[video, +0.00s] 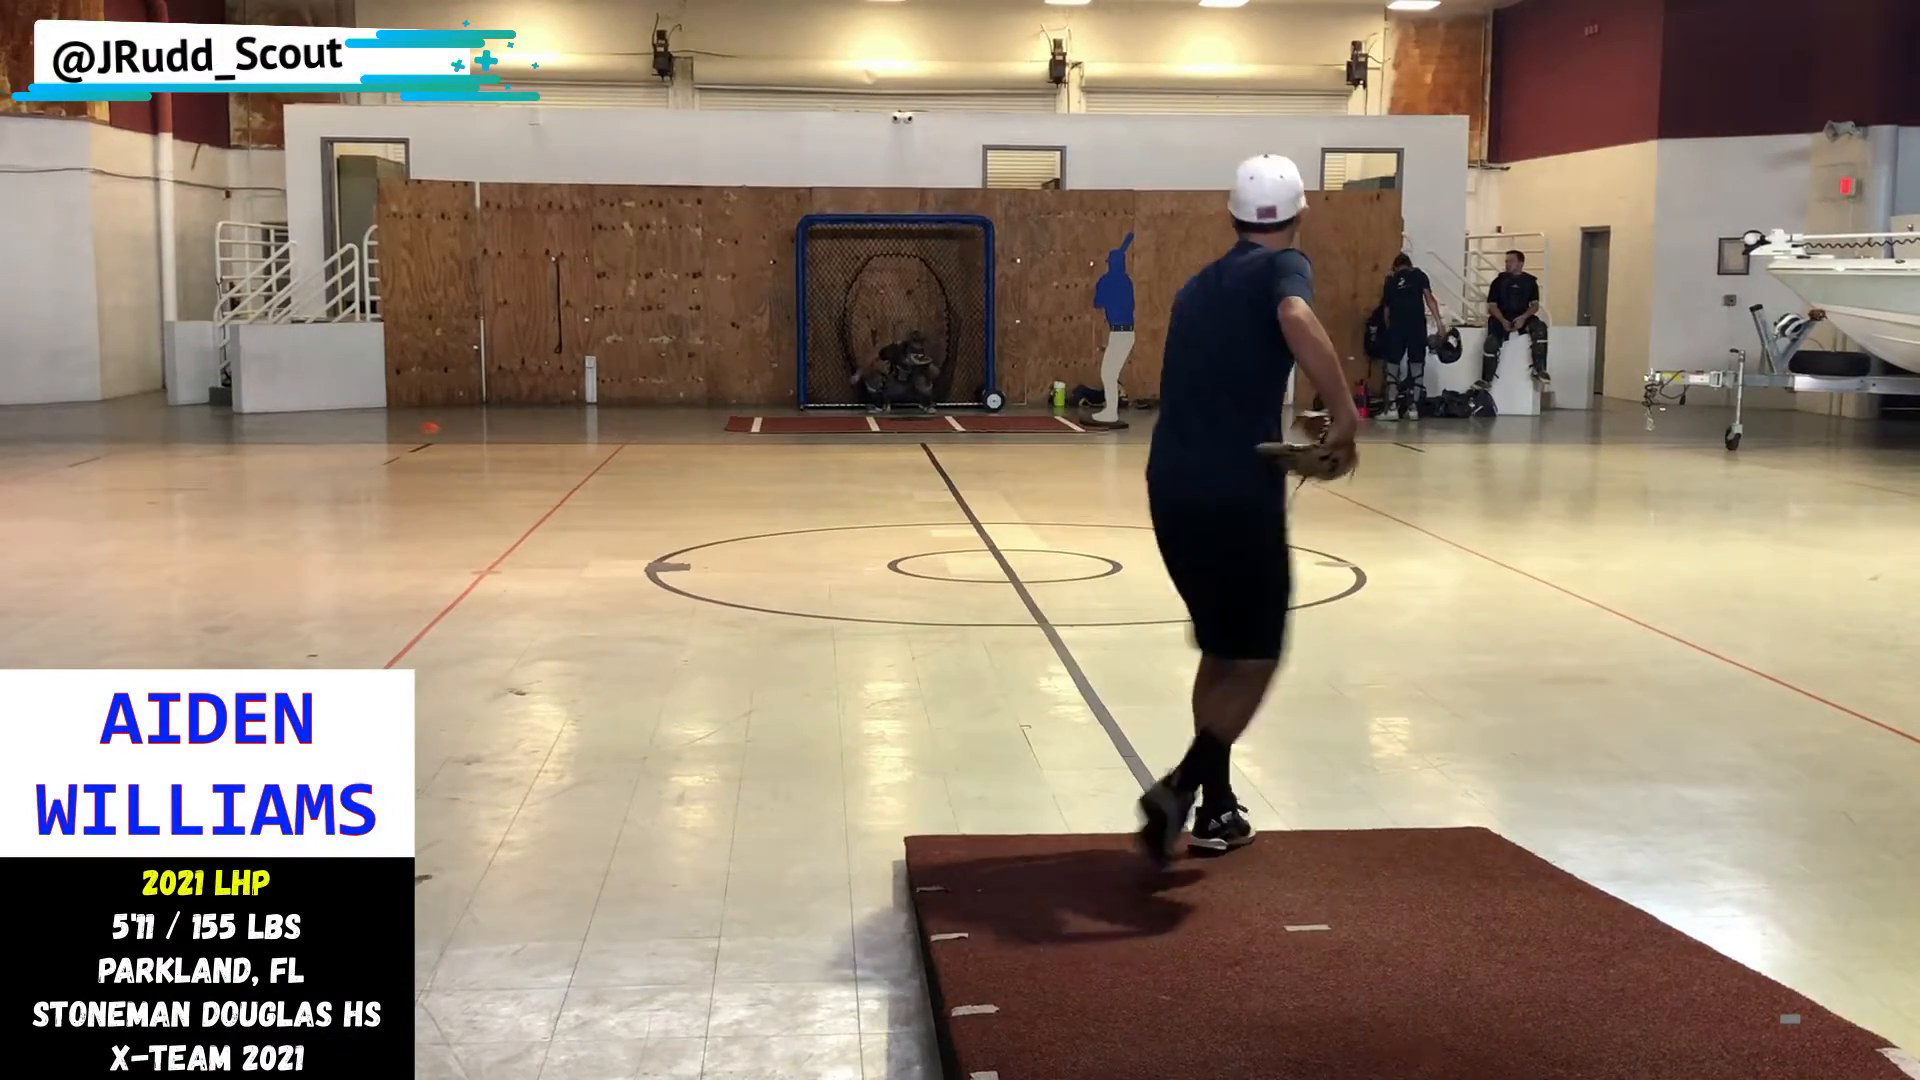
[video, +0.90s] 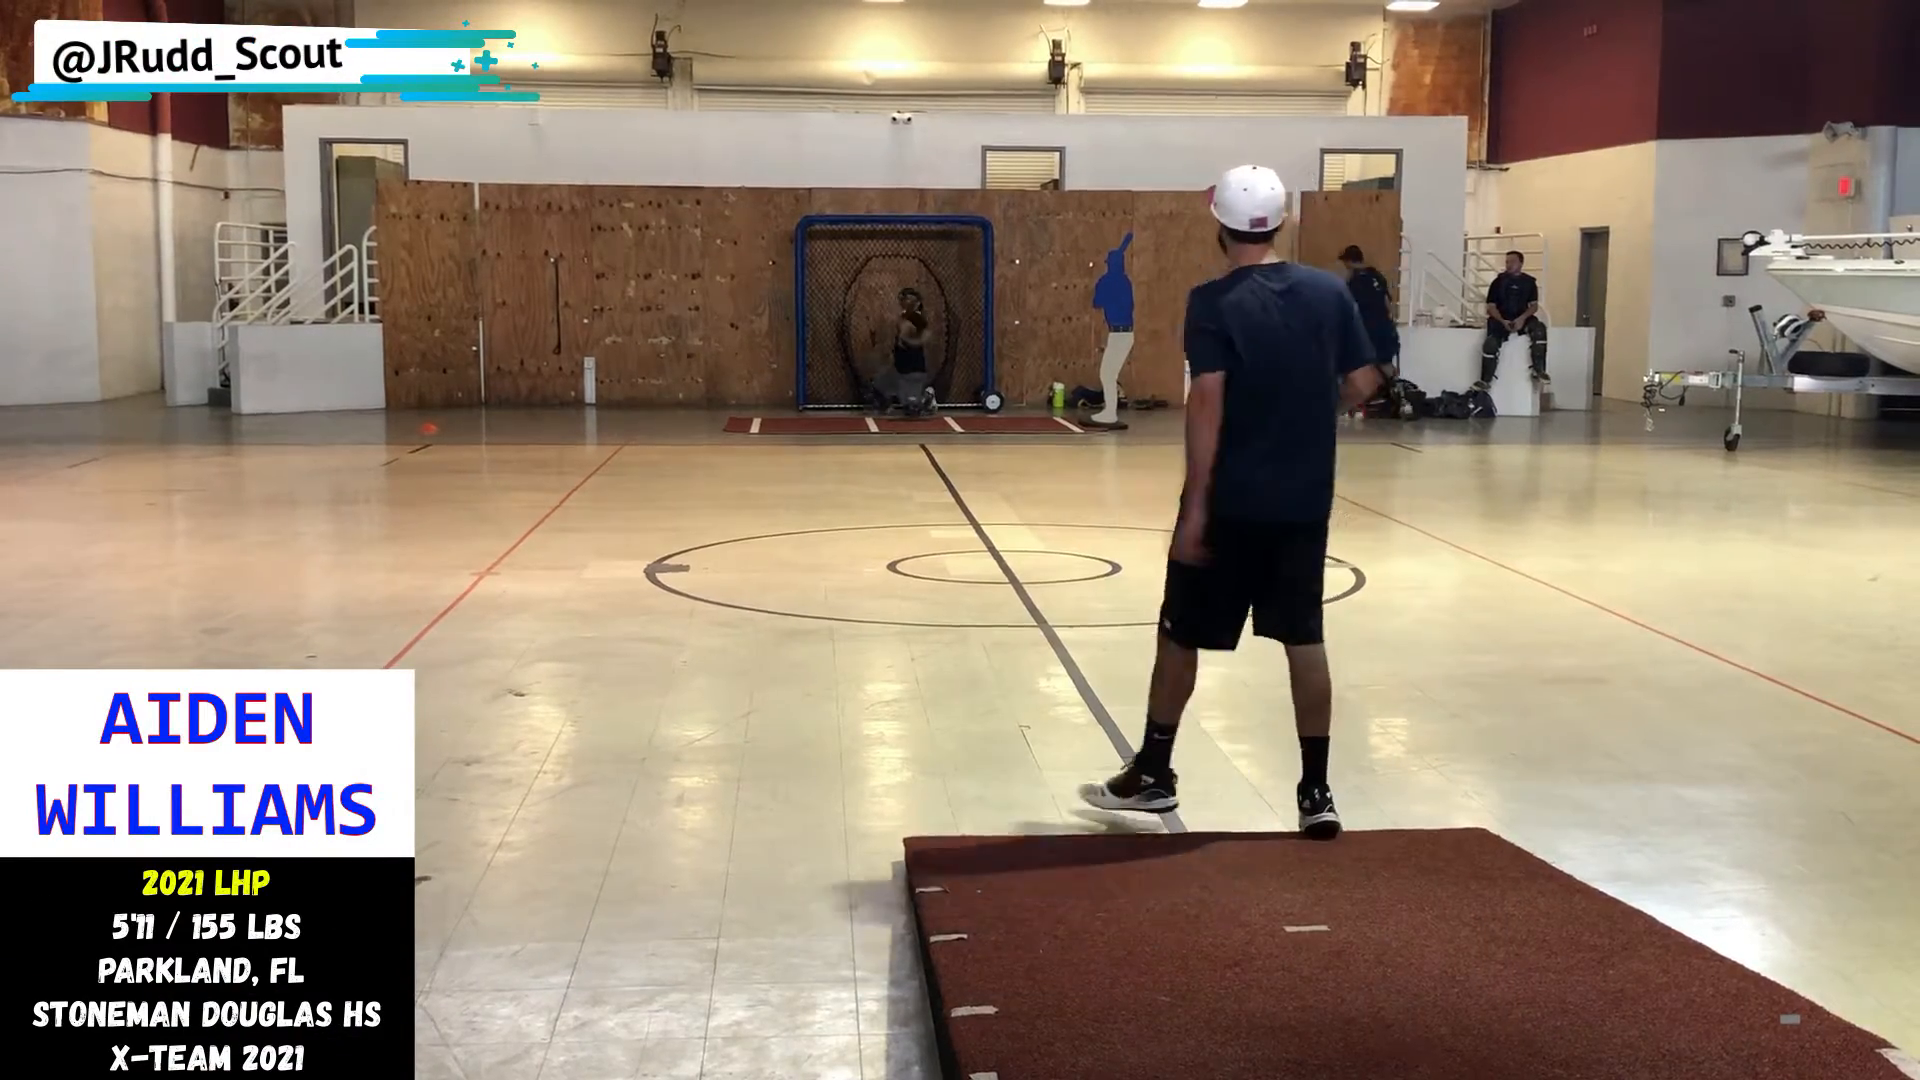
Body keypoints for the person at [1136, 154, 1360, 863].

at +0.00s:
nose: (1300, 219)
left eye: (1293, 208)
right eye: (1300, 210)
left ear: (1234, 217)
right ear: (1294, 215)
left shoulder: (1198, 285)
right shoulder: (1284, 263)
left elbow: (1193, 392)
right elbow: (1294, 319)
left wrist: (1265, 444)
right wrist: (1344, 420)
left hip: (1172, 482)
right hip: (1238, 486)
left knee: (1218, 643)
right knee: (1258, 651)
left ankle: (1217, 806)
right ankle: (1179, 789)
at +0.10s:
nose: (1297, 215)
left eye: (1287, 206)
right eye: (1297, 206)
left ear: (1229, 208)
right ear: (1291, 207)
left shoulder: (1186, 286)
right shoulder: (1289, 264)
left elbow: (1196, 391)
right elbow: (1305, 323)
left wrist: (1268, 442)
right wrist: (1358, 423)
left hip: (1188, 490)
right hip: (1256, 489)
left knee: (1224, 639)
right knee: (1298, 628)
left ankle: (1217, 810)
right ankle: (1233, 753)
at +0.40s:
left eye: (1249, 195)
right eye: (1296, 200)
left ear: (1236, 206)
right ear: (1301, 208)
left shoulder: (1198, 287)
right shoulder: (1330, 284)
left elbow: (1179, 394)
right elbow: (1355, 391)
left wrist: (1197, 456)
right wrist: (1381, 448)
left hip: (1218, 503)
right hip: (1303, 504)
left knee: (1231, 652)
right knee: (1307, 648)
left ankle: (1222, 803)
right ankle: (1315, 792)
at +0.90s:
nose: (1220, 227)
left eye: (1217, 218)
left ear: (1220, 224)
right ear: (1281, 224)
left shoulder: (1212, 301)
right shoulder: (1331, 293)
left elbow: (1206, 401)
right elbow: (1362, 386)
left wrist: (1194, 505)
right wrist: (1313, 397)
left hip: (1227, 506)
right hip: (1304, 510)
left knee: (1178, 633)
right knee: (1306, 641)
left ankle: (1153, 771)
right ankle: (1316, 792)